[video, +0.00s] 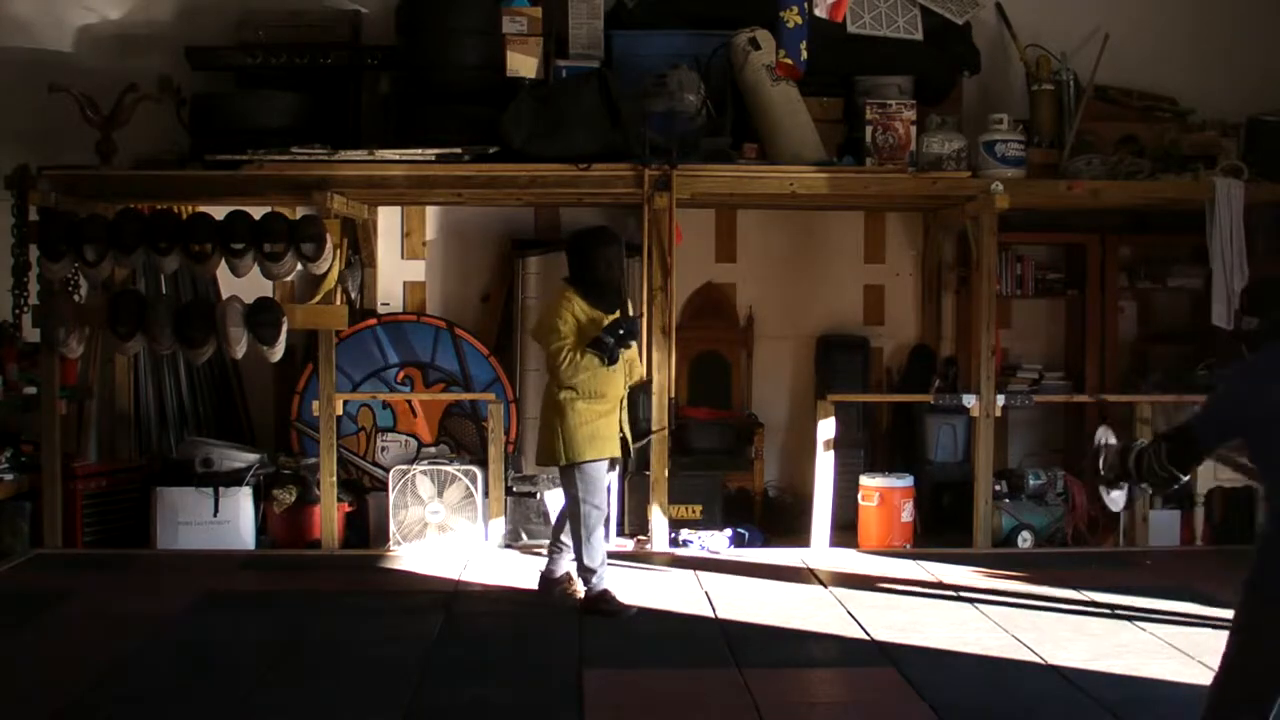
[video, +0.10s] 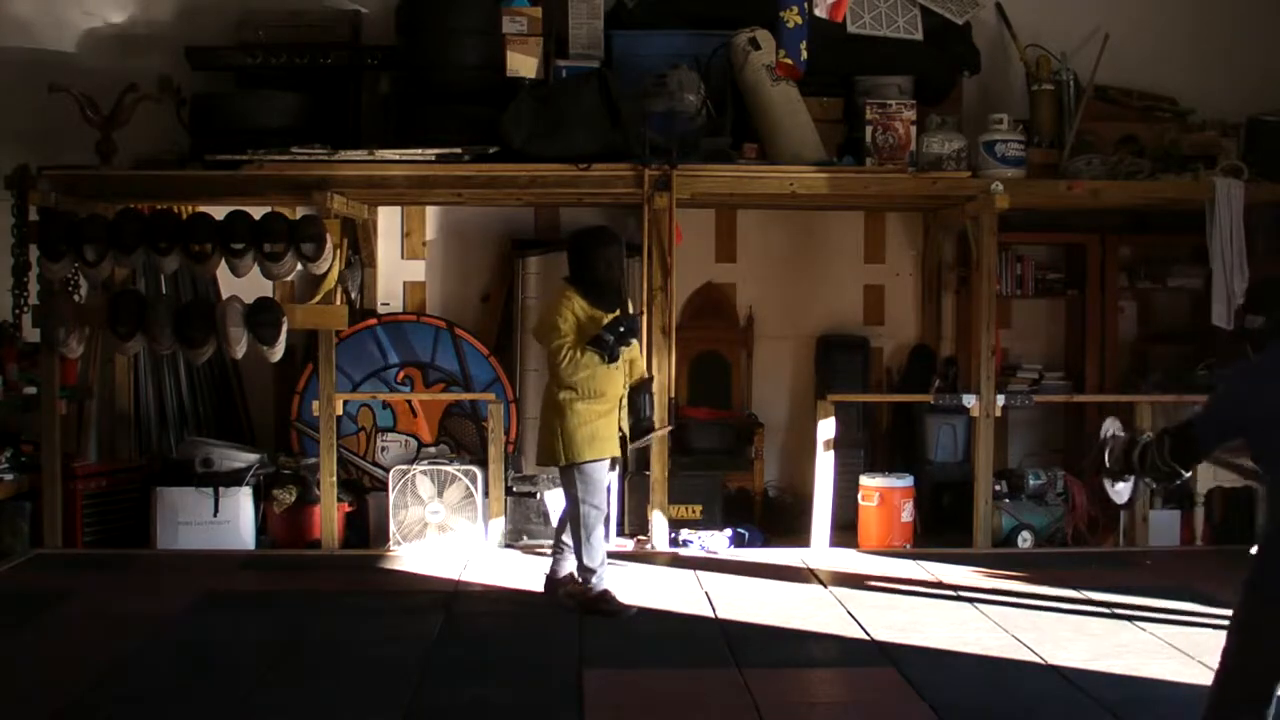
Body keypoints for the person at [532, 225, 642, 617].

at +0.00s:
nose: (618, 270)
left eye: (619, 261)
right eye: (609, 261)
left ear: (617, 264)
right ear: (589, 264)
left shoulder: (614, 309)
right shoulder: (563, 308)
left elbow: (631, 375)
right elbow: (566, 371)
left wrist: (630, 341)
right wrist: (607, 344)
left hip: (608, 423)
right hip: (577, 423)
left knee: (584, 502)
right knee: (591, 506)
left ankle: (555, 575)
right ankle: (595, 587)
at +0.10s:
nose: (618, 270)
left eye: (619, 261)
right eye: (610, 261)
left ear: (617, 263)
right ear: (589, 263)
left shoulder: (616, 306)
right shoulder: (564, 305)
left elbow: (634, 365)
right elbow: (567, 370)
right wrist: (610, 339)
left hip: (607, 419)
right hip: (576, 420)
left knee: (587, 501)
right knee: (591, 504)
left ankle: (561, 575)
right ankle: (594, 585)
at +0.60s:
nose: (605, 264)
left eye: (606, 256)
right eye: (597, 257)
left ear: (605, 258)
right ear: (575, 258)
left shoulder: (607, 301)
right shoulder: (551, 304)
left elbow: (620, 354)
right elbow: (539, 364)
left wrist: (630, 383)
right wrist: (577, 381)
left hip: (602, 422)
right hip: (572, 425)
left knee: (583, 503)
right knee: (586, 504)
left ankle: (564, 578)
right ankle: (590, 583)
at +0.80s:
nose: (578, 264)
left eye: (579, 256)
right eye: (571, 256)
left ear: (572, 259)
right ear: (549, 259)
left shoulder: (574, 304)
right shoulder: (523, 304)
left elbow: (586, 355)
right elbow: (512, 371)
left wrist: (600, 395)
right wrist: (536, 412)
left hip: (578, 423)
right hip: (546, 426)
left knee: (556, 502)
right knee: (556, 503)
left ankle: (540, 578)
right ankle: (563, 583)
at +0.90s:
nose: (564, 265)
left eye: (565, 257)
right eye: (557, 257)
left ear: (559, 260)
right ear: (535, 259)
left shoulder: (558, 304)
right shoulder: (510, 304)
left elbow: (569, 358)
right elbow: (498, 366)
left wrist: (580, 404)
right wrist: (506, 424)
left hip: (560, 420)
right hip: (533, 424)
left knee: (541, 500)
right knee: (546, 499)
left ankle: (528, 578)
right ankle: (550, 581)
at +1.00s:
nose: (532, 265)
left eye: (533, 256)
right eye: (524, 256)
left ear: (529, 260)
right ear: (501, 259)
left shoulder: (524, 304)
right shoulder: (478, 305)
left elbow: (529, 366)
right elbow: (460, 366)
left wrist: (540, 419)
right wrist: (458, 423)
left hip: (526, 417)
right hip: (499, 419)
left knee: (508, 498)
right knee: (519, 495)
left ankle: (496, 579)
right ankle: (515, 582)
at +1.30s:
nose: (487, 264)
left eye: (487, 256)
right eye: (479, 256)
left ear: (483, 259)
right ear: (456, 260)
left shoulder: (482, 302)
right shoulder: (432, 304)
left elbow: (485, 365)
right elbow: (414, 365)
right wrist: (402, 419)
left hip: (485, 419)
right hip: (455, 422)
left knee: (475, 501)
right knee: (463, 501)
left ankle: (457, 578)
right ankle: (462, 583)